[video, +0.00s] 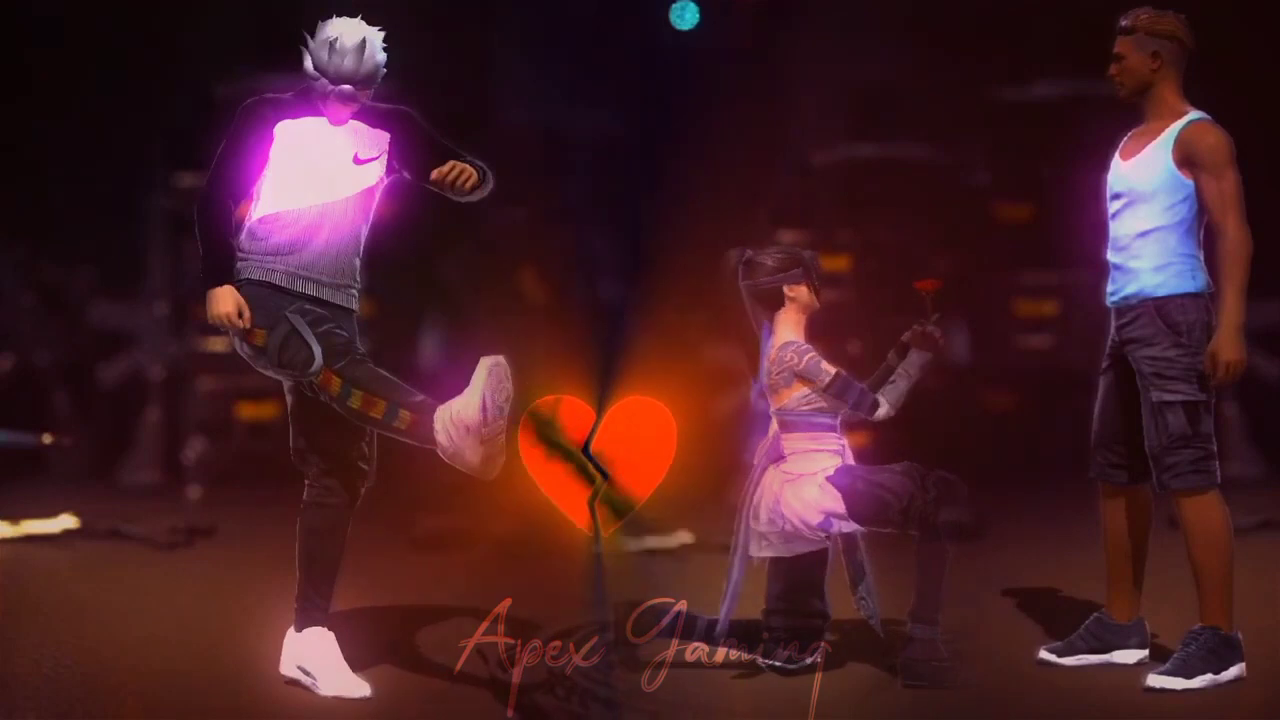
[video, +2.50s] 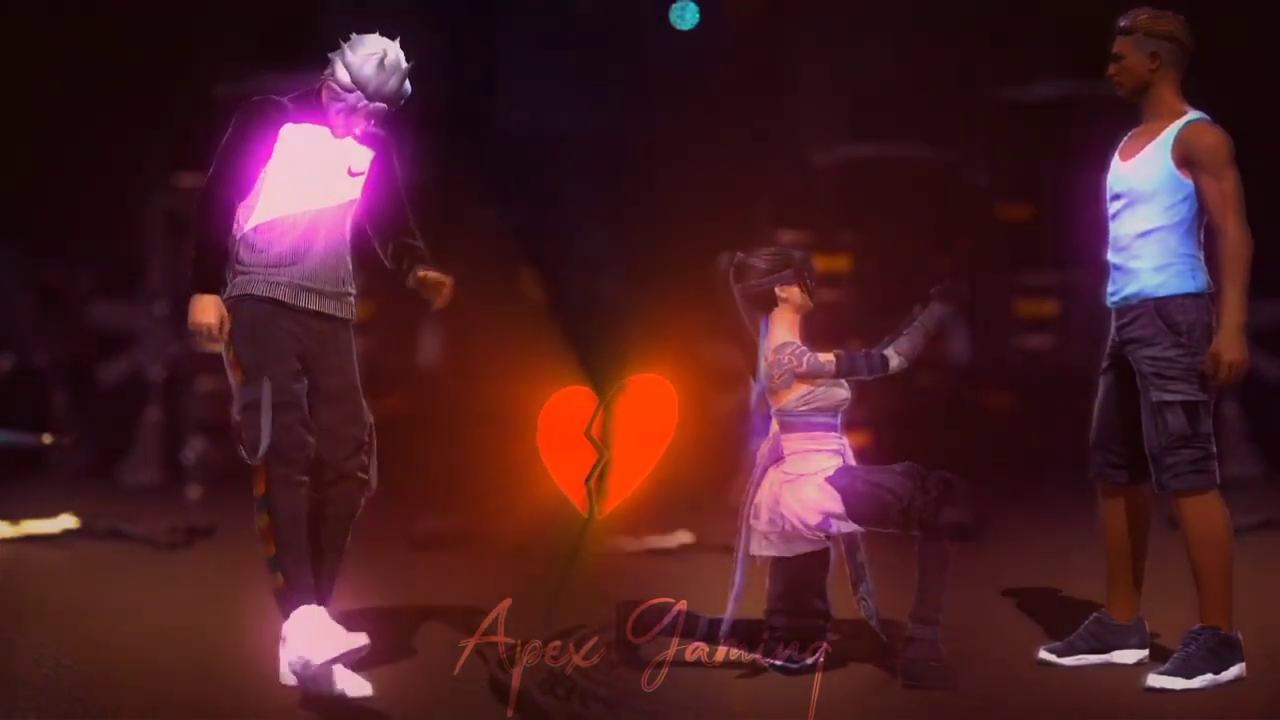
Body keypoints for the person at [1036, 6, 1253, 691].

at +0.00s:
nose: (1112, 66)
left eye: (1122, 57)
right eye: (1113, 57)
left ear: (1160, 61)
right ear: (1142, 64)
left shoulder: (1199, 134)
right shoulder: (1131, 141)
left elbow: (1233, 233)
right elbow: (1134, 241)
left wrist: (1229, 328)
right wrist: (1118, 319)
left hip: (1172, 319)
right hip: (1125, 322)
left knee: (1190, 476)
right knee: (1117, 470)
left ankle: (1217, 636)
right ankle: (1121, 623)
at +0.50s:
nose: (1110, 68)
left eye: (1120, 58)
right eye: (1111, 58)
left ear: (1157, 62)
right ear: (1140, 65)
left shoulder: (1198, 135)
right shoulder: (1132, 141)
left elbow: (1233, 232)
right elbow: (1136, 240)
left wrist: (1231, 328)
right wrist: (1119, 320)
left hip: (1172, 320)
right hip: (1125, 322)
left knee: (1190, 476)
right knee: (1116, 470)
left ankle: (1216, 636)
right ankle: (1121, 623)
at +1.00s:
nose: (1110, 68)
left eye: (1120, 58)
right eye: (1111, 58)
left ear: (1157, 62)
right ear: (1141, 65)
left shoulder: (1199, 135)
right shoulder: (1131, 142)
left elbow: (1234, 233)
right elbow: (1135, 241)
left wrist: (1232, 328)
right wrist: (1119, 321)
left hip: (1172, 319)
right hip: (1125, 322)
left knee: (1189, 476)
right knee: (1115, 469)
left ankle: (1216, 637)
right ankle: (1120, 623)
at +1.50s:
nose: (1113, 69)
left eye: (1122, 59)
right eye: (1113, 59)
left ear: (1160, 62)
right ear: (1142, 65)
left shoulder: (1200, 135)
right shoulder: (1133, 140)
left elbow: (1234, 232)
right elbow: (1135, 240)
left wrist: (1227, 327)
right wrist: (1117, 321)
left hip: (1172, 320)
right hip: (1125, 322)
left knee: (1190, 476)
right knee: (1117, 471)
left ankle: (1216, 637)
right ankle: (1120, 623)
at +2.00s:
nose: (1112, 68)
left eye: (1122, 58)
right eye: (1112, 59)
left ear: (1159, 62)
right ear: (1141, 65)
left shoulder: (1200, 135)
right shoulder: (1132, 140)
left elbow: (1234, 232)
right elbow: (1136, 240)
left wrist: (1229, 327)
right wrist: (1118, 319)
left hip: (1172, 320)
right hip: (1125, 323)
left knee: (1190, 477)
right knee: (1117, 471)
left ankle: (1216, 637)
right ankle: (1121, 623)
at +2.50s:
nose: (1111, 68)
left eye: (1120, 58)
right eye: (1111, 58)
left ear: (1158, 62)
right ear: (1140, 65)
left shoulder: (1199, 135)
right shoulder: (1131, 141)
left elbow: (1233, 233)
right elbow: (1135, 241)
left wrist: (1231, 328)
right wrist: (1119, 320)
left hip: (1172, 320)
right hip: (1125, 323)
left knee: (1189, 477)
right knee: (1115, 471)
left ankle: (1216, 637)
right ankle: (1121, 623)